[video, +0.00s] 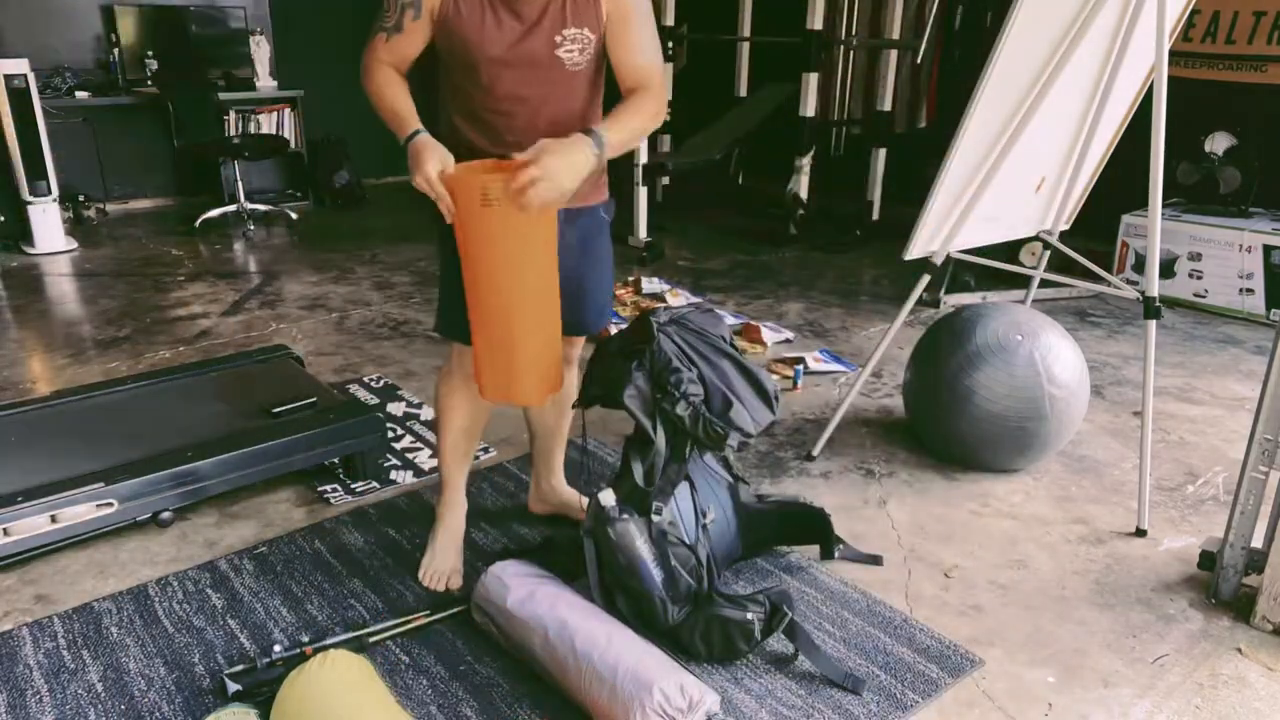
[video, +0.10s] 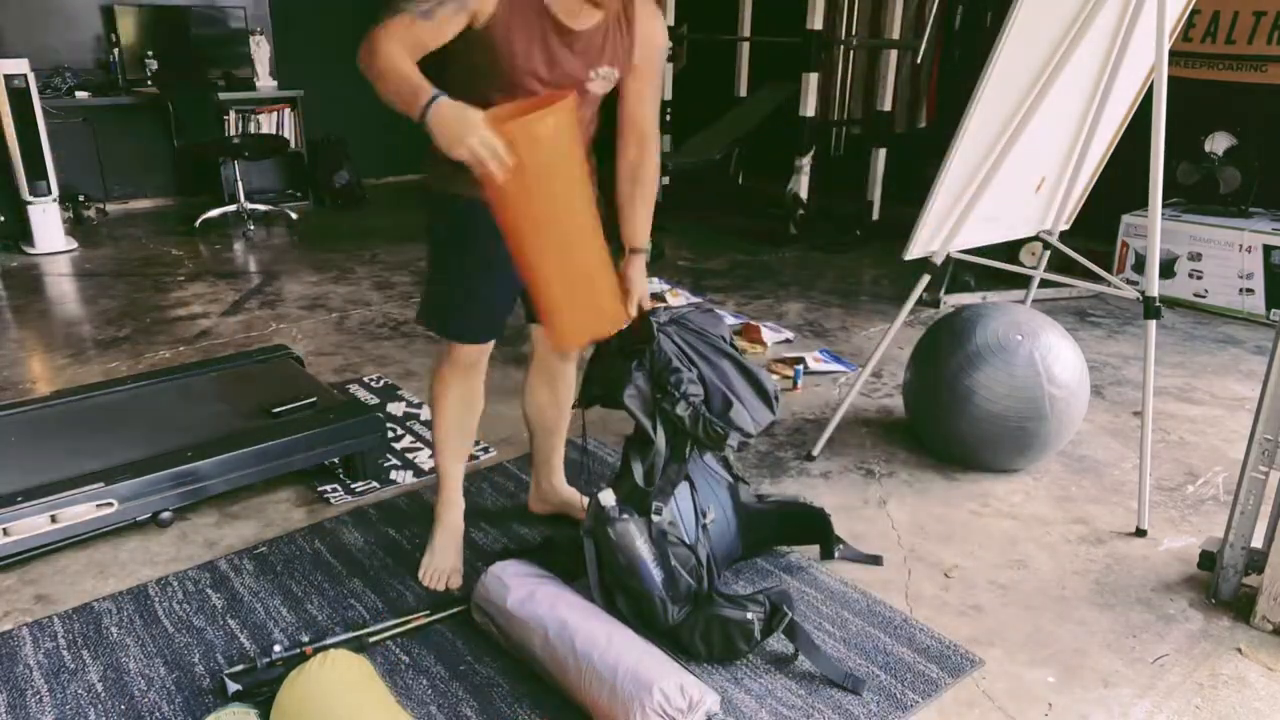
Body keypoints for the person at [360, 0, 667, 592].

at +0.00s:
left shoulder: (613, 2)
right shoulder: (437, 4)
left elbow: (650, 94)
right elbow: (380, 65)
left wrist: (589, 149)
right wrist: (415, 137)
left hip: (578, 206)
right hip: (477, 206)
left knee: (567, 351)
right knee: (468, 359)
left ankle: (549, 484)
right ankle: (451, 513)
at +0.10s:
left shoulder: (641, 18)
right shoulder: (485, 6)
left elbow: (639, 144)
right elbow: (380, 49)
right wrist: (435, 108)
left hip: (564, 187)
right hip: (475, 182)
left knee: (562, 338)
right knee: (467, 347)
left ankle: (548, 484)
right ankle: (449, 513)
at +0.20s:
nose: (636, 29)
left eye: (645, 22)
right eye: (633, 15)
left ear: (650, 14)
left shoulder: (641, 43)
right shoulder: (502, 13)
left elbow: (612, 162)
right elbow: (419, 112)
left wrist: (616, 285)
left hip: (558, 199)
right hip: (475, 201)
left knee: (560, 346)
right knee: (487, 361)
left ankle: (550, 484)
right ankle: (497, 510)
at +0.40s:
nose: (764, 240)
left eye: (778, 235)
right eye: (773, 225)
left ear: (764, 175)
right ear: (760, 183)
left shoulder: (721, 139)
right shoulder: (689, 198)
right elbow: (667, 343)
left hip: (591, 221)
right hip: (515, 208)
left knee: (608, 347)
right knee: (526, 382)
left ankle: (598, 489)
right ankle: (497, 511)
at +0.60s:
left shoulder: (602, 6)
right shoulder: (462, 4)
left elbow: (603, 103)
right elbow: (427, 122)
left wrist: (607, 197)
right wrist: (509, 229)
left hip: (561, 213)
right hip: (472, 218)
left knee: (570, 366)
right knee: (478, 374)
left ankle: (569, 511)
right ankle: (474, 519)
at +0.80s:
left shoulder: (541, 4)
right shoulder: (406, 6)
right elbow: (355, 138)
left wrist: (602, 108)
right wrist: (456, 234)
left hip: (533, 204)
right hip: (449, 219)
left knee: (558, 347)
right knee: (468, 380)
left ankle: (551, 457)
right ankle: (476, 512)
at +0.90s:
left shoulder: (483, 4)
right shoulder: (599, 2)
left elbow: (458, 52)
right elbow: (634, 65)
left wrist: (444, 130)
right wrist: (676, 123)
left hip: (508, 147)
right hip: (573, 149)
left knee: (511, 242)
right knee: (577, 261)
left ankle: (506, 363)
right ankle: (581, 371)